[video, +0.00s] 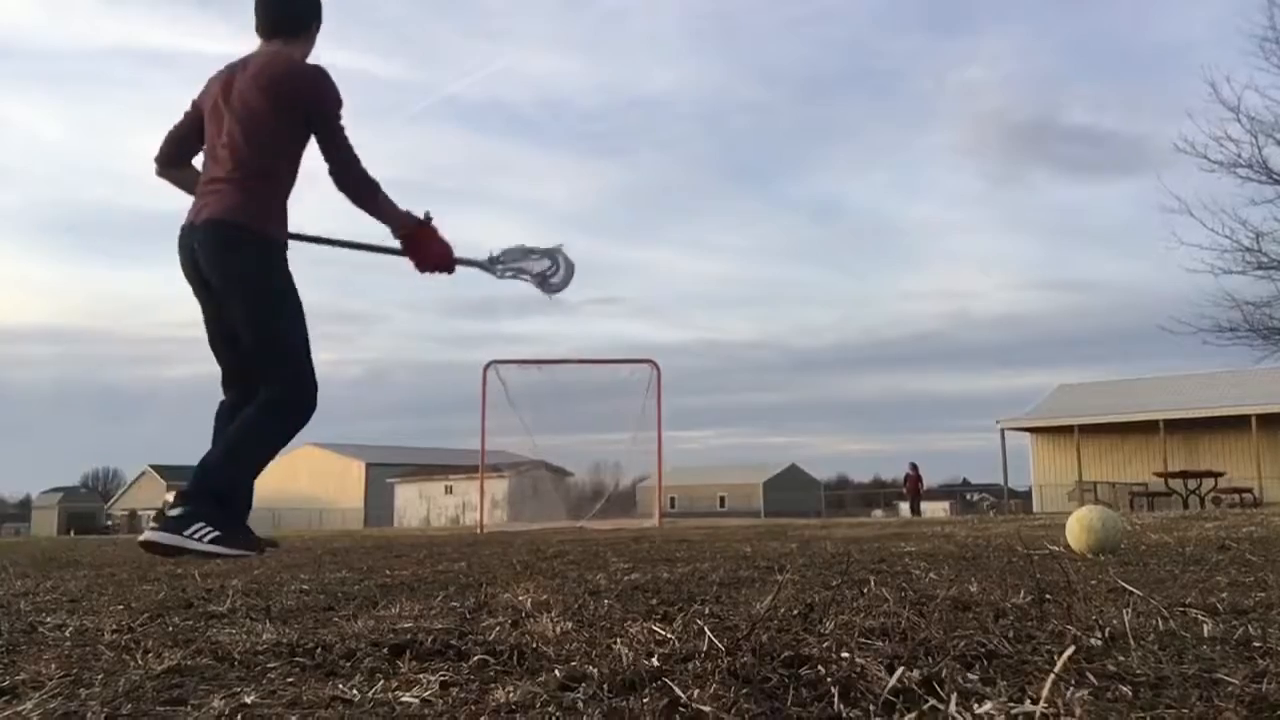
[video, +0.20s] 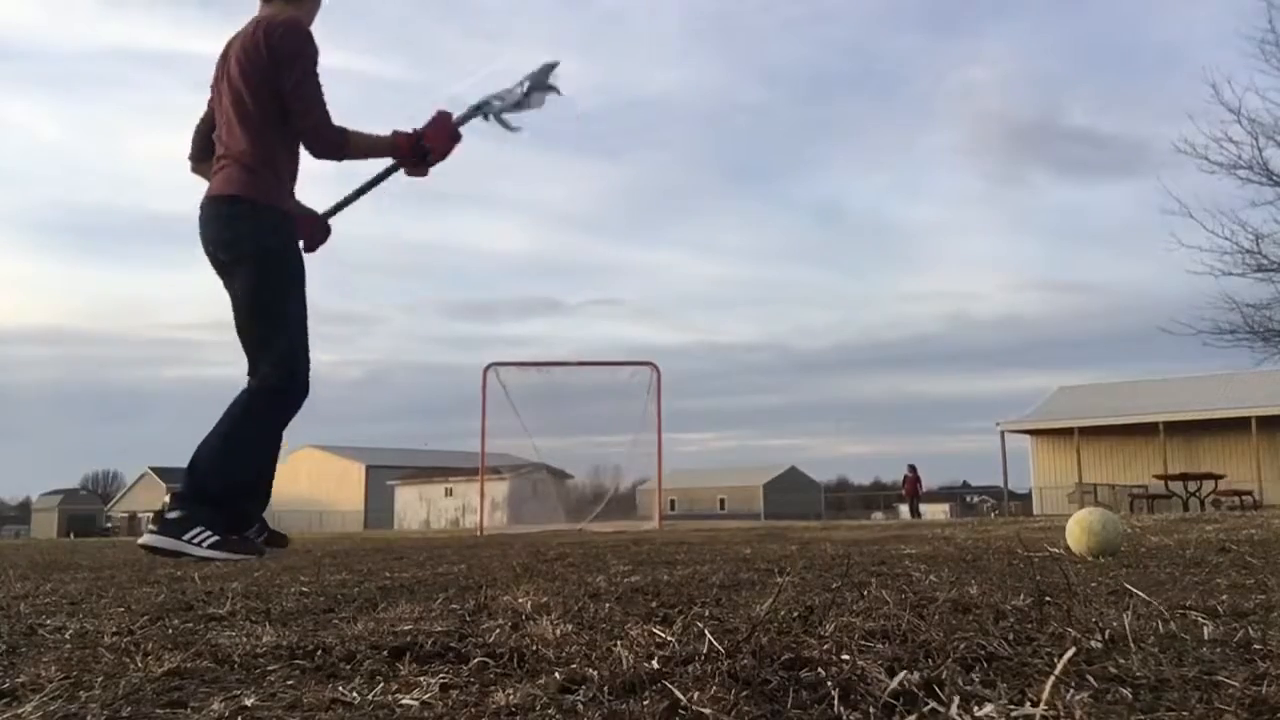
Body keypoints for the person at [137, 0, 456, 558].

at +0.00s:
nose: (314, 39)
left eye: (307, 29)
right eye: (316, 29)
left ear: (261, 24)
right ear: (313, 27)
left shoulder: (223, 79)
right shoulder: (309, 79)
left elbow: (169, 162)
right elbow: (348, 174)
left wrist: (227, 197)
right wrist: (407, 225)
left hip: (198, 238)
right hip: (247, 239)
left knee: (242, 386)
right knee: (293, 391)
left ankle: (225, 522)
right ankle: (196, 513)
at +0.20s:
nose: (318, 10)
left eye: (318, 5)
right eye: (318, 3)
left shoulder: (237, 45)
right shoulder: (288, 31)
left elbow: (204, 155)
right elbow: (322, 139)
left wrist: (291, 211)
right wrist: (411, 144)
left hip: (226, 214)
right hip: (255, 218)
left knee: (275, 378)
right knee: (283, 379)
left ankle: (238, 516)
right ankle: (191, 516)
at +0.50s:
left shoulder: (270, 12)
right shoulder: (289, 7)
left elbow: (266, 124)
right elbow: (292, 96)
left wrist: (319, 178)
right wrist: (385, 95)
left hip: (279, 196)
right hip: (263, 194)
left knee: (351, 347)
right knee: (259, 356)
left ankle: (324, 507)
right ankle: (184, 512)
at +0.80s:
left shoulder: (350, 18)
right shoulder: (318, 4)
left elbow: (344, 126)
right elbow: (315, 82)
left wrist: (400, 164)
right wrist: (400, 109)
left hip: (352, 195)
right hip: (303, 186)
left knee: (380, 352)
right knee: (287, 350)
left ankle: (365, 523)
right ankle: (196, 502)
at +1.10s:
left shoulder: (429, 14)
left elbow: (420, 99)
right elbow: (324, 13)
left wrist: (452, 123)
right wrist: (343, 72)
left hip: (408, 163)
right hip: (356, 148)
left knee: (402, 341)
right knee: (375, 322)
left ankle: (366, 519)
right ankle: (288, 490)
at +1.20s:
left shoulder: (444, 12)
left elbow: (443, 65)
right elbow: (319, 7)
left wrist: (469, 146)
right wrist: (323, 69)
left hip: (421, 148)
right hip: (372, 129)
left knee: (408, 332)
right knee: (383, 316)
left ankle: (375, 511)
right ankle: (342, 504)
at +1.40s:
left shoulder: (481, 13)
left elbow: (485, 90)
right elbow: (316, 8)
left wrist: (511, 188)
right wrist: (321, 88)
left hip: (448, 148)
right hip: (396, 129)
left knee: (414, 320)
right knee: (417, 315)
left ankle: (363, 511)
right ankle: (434, 497)